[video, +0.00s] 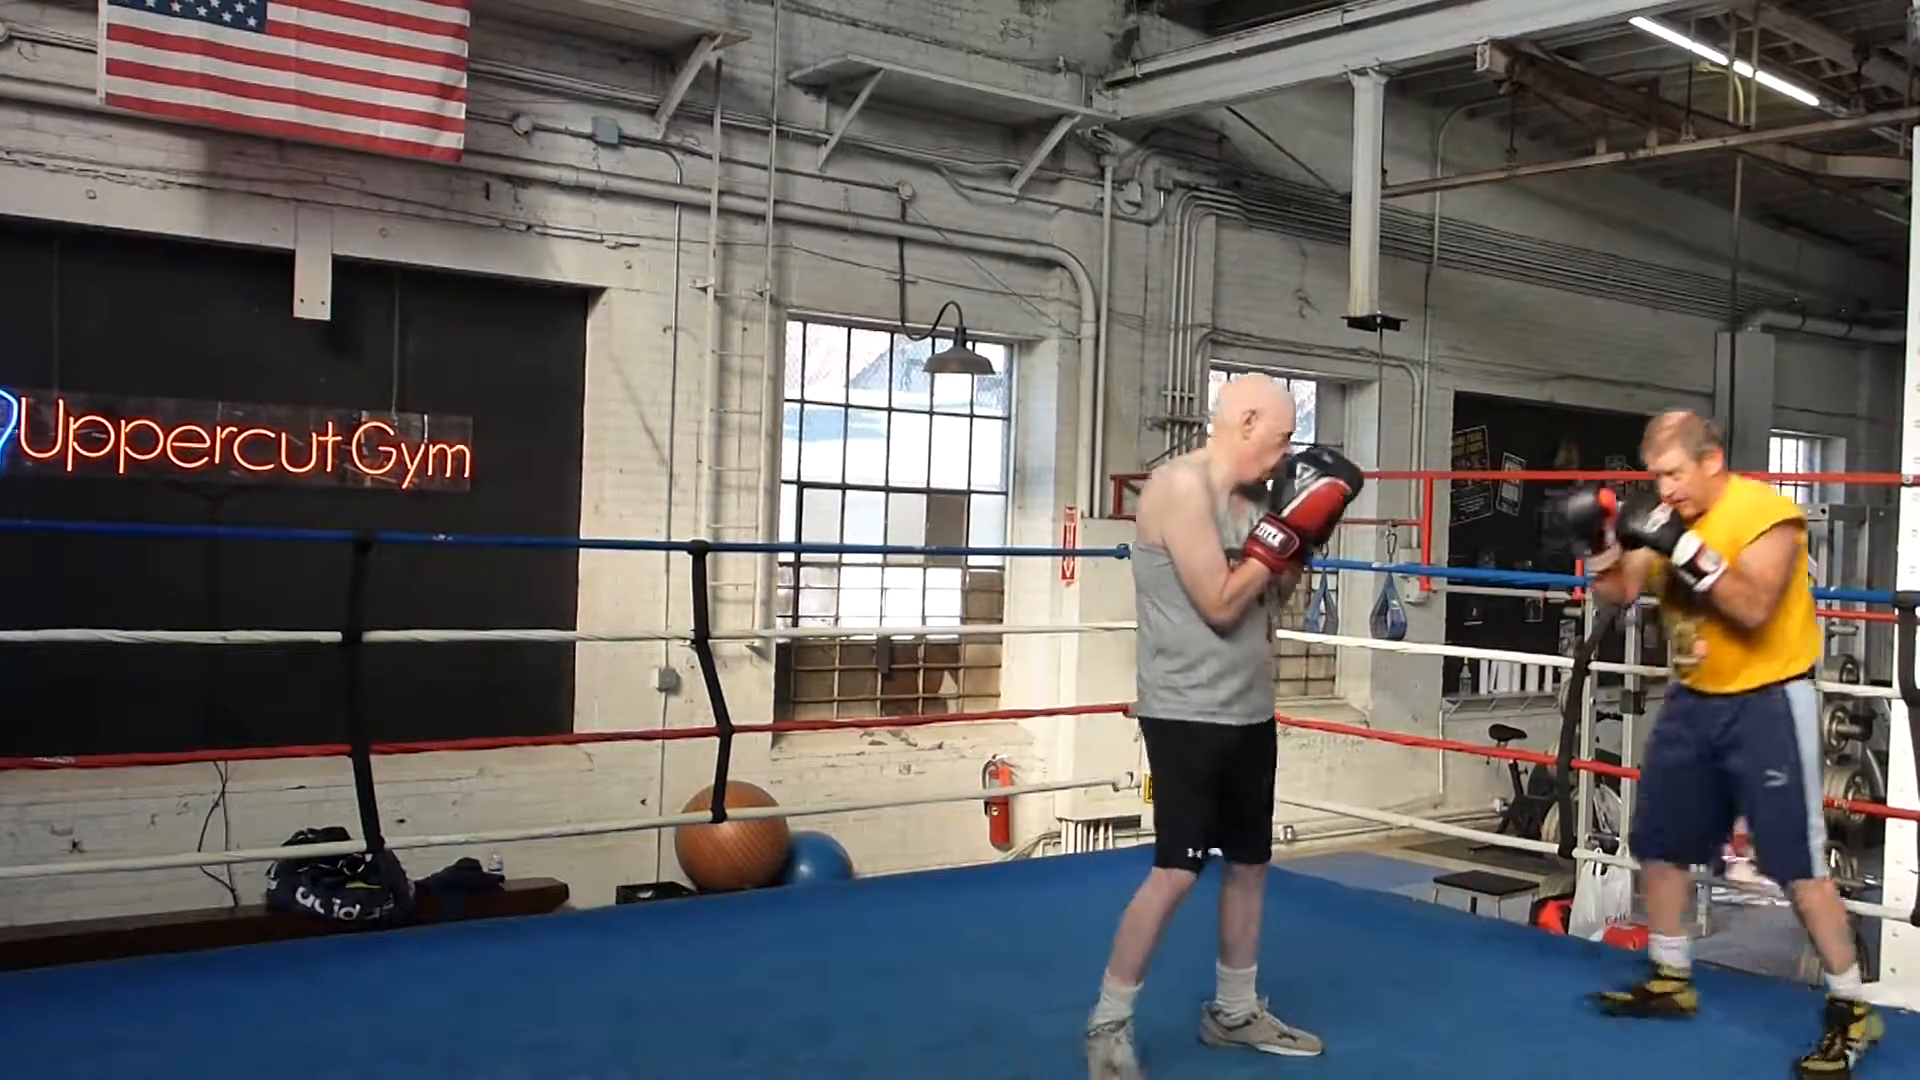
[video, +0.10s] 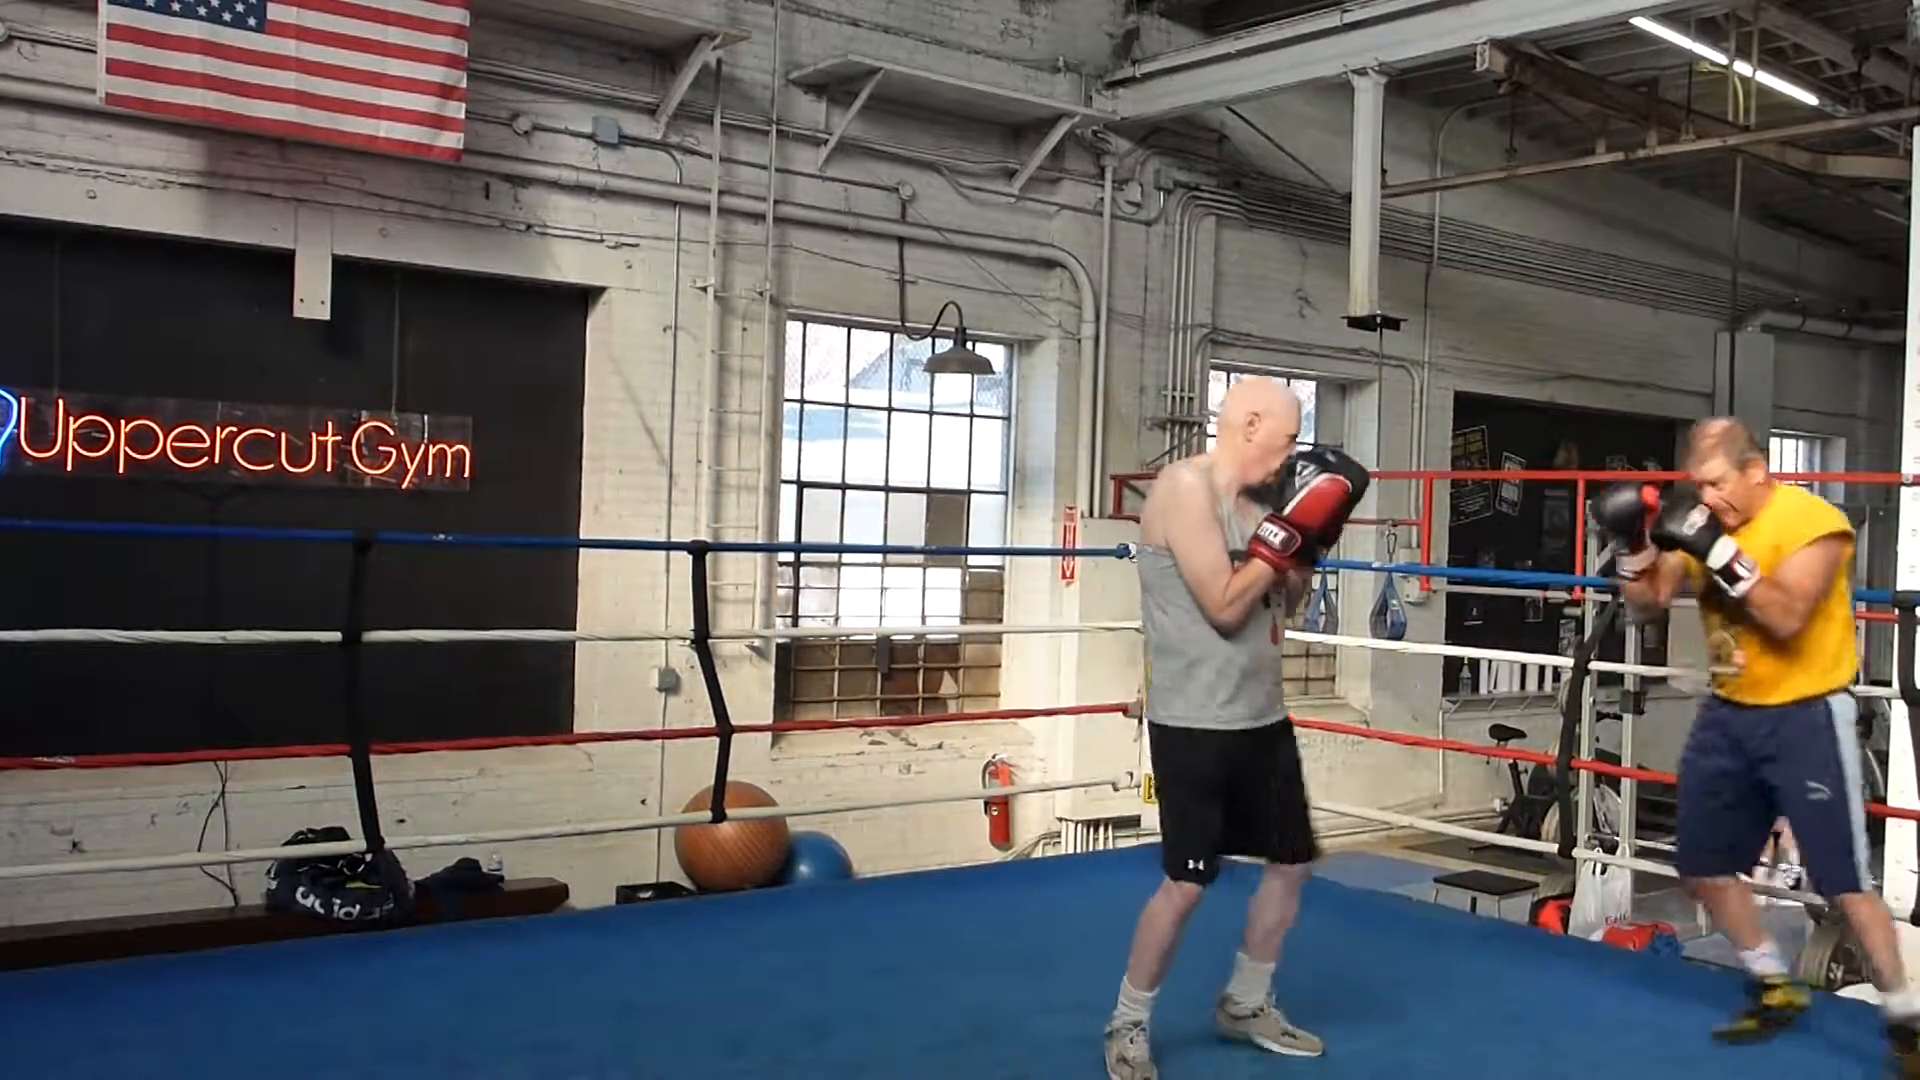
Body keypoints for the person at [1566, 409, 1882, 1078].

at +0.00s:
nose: (1665, 489)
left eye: (1673, 475)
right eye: (1656, 478)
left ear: (1715, 460)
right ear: (1655, 477)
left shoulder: (1766, 509)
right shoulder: (1667, 521)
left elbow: (1753, 607)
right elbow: (1616, 594)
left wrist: (1684, 546)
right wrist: (1602, 544)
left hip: (1769, 703)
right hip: (1691, 703)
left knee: (1794, 859)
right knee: (1659, 841)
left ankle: (1853, 1007)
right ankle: (1670, 981)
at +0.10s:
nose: (1706, 500)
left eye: (1715, 485)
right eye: (1698, 489)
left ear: (1756, 468)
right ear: (1693, 485)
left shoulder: (1814, 521)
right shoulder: (1704, 527)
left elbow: (1788, 616)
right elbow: (1651, 604)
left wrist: (1716, 550)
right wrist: (1633, 550)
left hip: (1808, 716)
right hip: (1728, 715)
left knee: (1844, 878)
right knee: (1702, 863)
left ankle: (1904, 1016)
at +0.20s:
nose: (1750, 532)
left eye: (1761, 517)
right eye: (1743, 519)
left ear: (1805, 505)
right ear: (1738, 516)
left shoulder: (1855, 562)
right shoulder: (1745, 562)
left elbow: (1814, 659)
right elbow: (1675, 639)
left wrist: (1751, 587)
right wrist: (1671, 575)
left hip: (1846, 762)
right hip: (1760, 760)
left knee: (1891, 923)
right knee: (1725, 898)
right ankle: (1812, 1003)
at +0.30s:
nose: (1777, 545)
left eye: (1787, 529)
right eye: (1769, 532)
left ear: (1831, 518)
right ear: (1762, 529)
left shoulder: (1881, 578)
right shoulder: (1766, 576)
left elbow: (1846, 678)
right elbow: (1717, 669)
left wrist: (1774, 612)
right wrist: (1704, 609)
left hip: (1868, 778)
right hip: (1776, 770)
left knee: (1896, 941)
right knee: (1695, 886)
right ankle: (1785, 981)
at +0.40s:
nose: (1774, 537)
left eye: (1785, 521)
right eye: (1767, 524)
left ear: (1831, 511)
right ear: (1760, 522)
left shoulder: (1883, 570)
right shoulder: (1772, 573)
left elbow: (1848, 671)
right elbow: (1725, 663)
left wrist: (1779, 595)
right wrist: (1701, 617)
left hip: (1865, 770)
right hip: (1772, 759)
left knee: (1898, 933)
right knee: (1680, 862)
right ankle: (1730, 1002)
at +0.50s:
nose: (1762, 530)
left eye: (1773, 515)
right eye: (1755, 516)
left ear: (1818, 506)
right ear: (1751, 514)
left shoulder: (1870, 564)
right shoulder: (1746, 560)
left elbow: (1846, 667)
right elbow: (1673, 623)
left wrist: (1778, 592)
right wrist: (1647, 586)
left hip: (1860, 766)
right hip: (1763, 756)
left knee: (1899, 931)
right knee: (1662, 866)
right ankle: (1645, 1013)